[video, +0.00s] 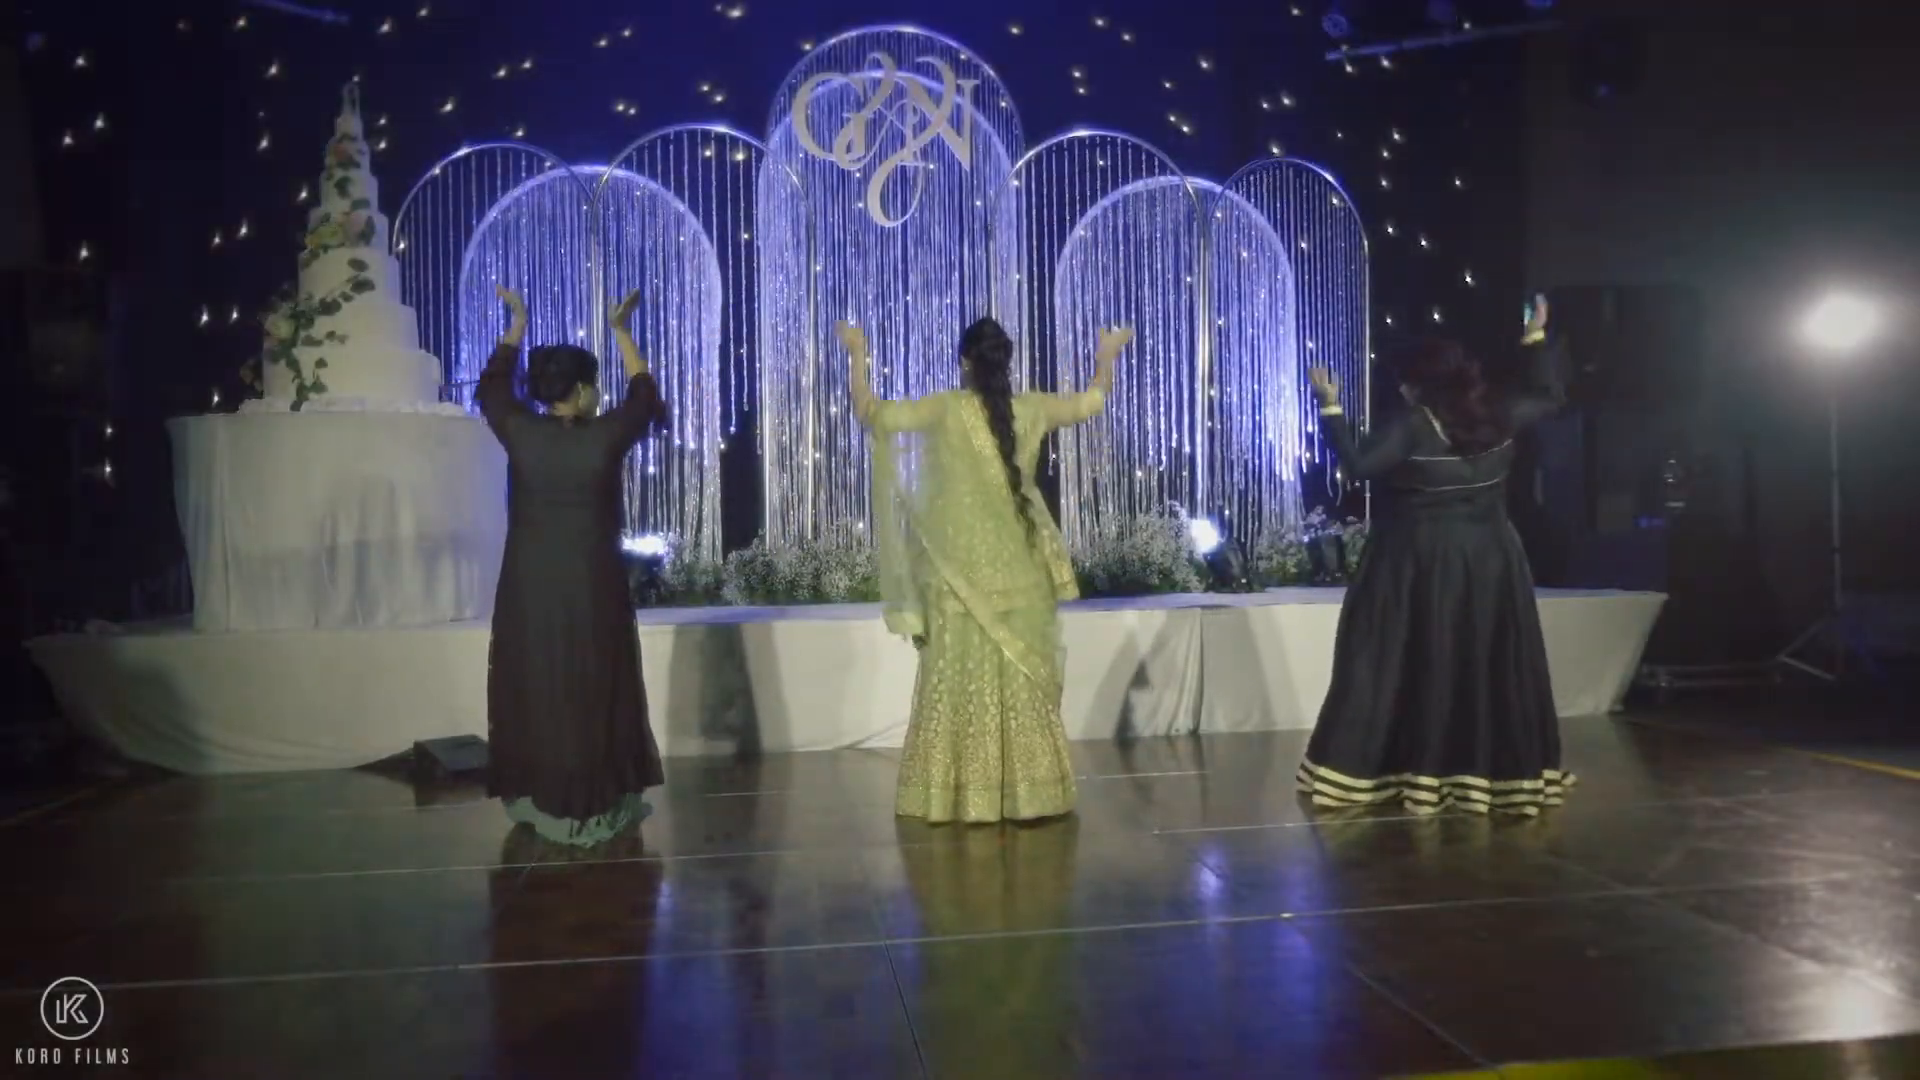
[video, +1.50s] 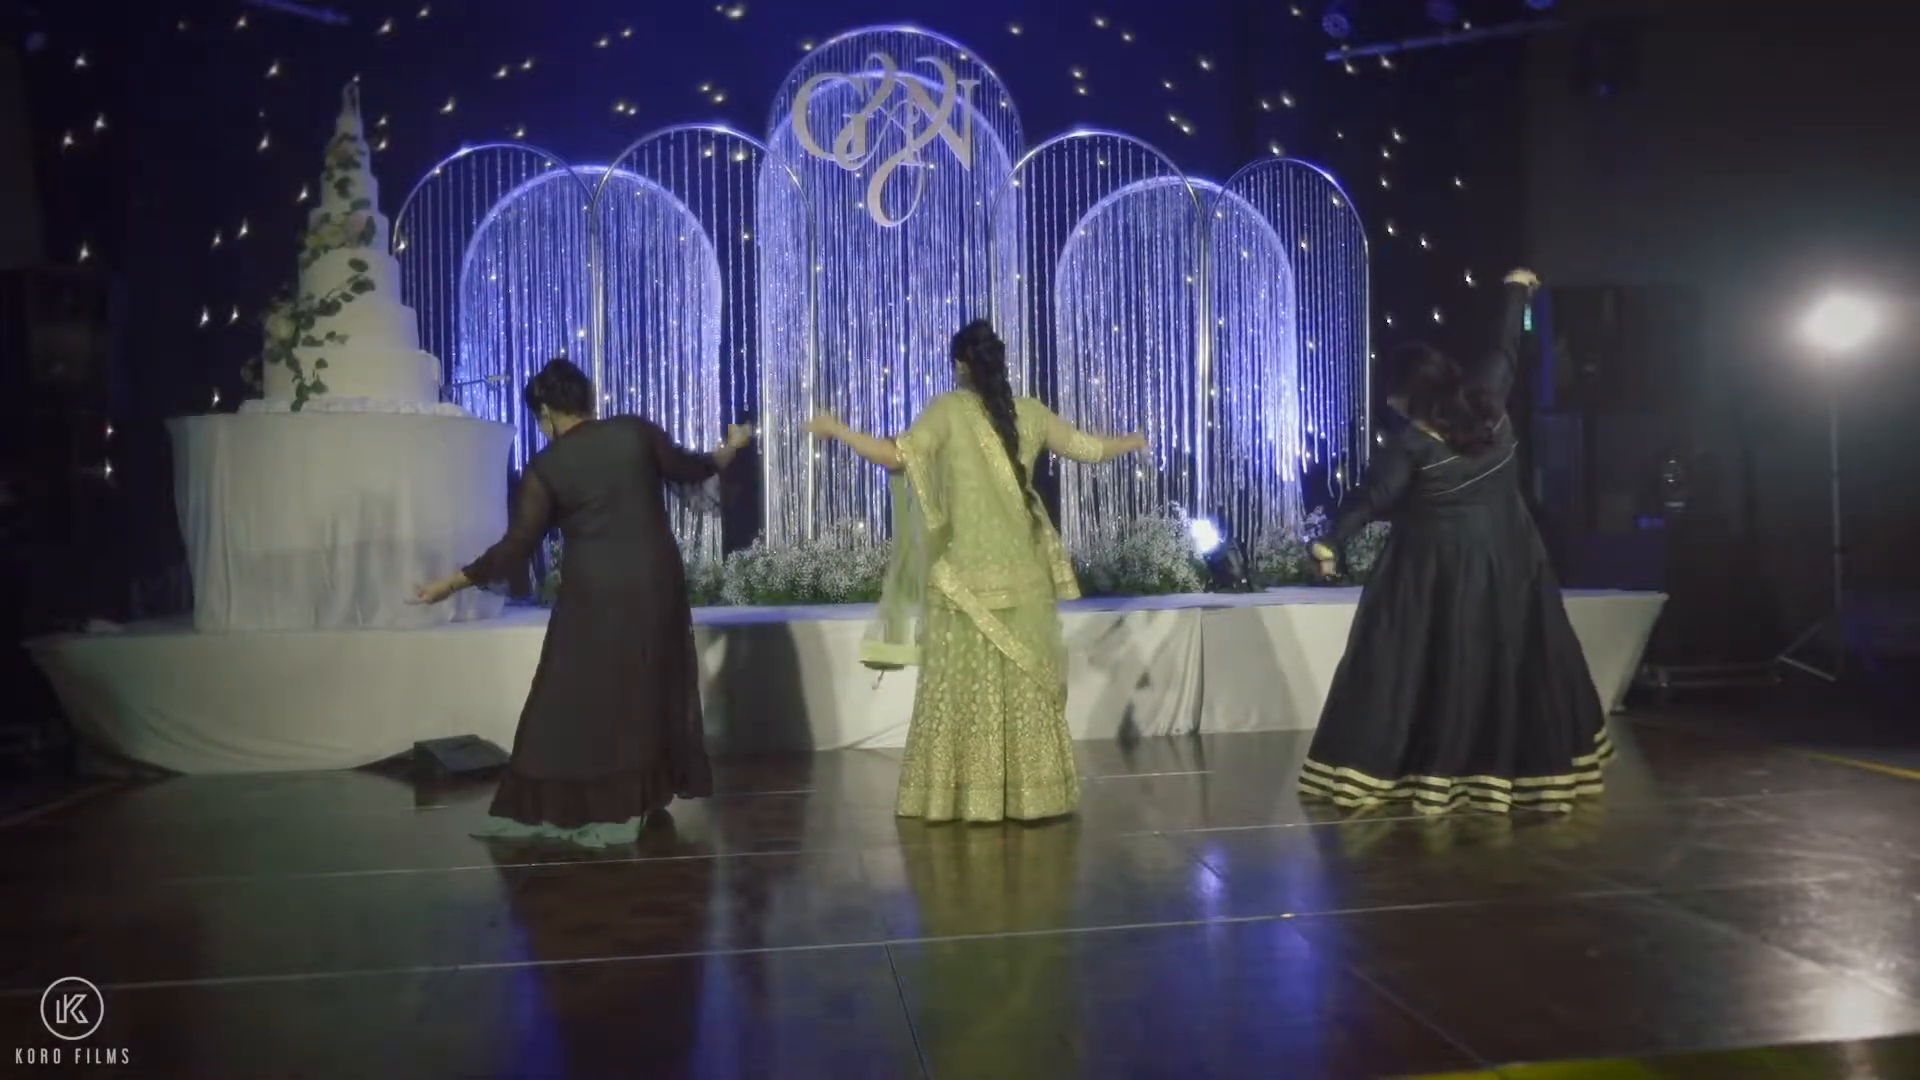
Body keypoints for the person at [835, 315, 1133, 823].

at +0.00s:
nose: (962, 364)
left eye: (962, 357)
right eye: (972, 356)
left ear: (964, 362)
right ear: (1007, 361)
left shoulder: (944, 408)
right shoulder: (1033, 408)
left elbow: (870, 413)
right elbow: (1093, 402)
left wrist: (857, 354)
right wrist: (1108, 355)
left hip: (960, 565)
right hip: (1022, 565)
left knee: (963, 684)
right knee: (1025, 681)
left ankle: (966, 796)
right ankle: (1028, 796)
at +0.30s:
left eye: (967, 353)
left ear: (964, 363)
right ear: (1006, 364)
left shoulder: (943, 409)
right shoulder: (1025, 409)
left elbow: (913, 368)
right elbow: (1035, 367)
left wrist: (941, 314)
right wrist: (1010, 326)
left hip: (963, 564)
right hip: (1022, 562)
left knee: (961, 684)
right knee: (1024, 682)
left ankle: (963, 795)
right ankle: (1027, 795)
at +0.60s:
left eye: (967, 356)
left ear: (962, 362)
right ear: (1005, 363)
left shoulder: (939, 408)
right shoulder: (1023, 408)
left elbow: (900, 372)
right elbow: (1046, 375)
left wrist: (949, 331)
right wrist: (1005, 338)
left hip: (961, 559)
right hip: (1019, 558)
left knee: (959, 682)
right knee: (1023, 678)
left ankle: (961, 793)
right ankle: (1027, 793)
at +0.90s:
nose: (963, 365)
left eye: (962, 358)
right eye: (975, 357)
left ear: (961, 363)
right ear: (1005, 363)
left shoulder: (939, 406)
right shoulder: (1027, 408)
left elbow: (874, 401)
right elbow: (1078, 398)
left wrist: (904, 361)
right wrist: (1047, 358)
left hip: (958, 563)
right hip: (1017, 562)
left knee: (958, 682)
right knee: (1022, 679)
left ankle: (961, 795)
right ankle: (1026, 794)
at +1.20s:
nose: (956, 367)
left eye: (957, 361)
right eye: (961, 360)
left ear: (961, 364)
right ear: (1001, 362)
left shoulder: (945, 410)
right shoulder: (1029, 411)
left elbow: (894, 458)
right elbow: (1088, 435)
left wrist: (871, 403)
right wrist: (1101, 390)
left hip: (960, 571)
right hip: (1019, 572)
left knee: (961, 687)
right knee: (1023, 685)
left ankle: (964, 796)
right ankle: (1025, 797)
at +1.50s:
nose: (954, 368)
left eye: (954, 361)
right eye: (959, 360)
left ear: (960, 363)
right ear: (998, 360)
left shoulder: (946, 409)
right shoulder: (1028, 412)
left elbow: (895, 456)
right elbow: (1088, 448)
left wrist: (837, 431)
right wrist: (1128, 442)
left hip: (966, 576)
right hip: (1027, 574)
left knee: (966, 691)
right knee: (1030, 686)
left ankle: (969, 797)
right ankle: (1032, 795)